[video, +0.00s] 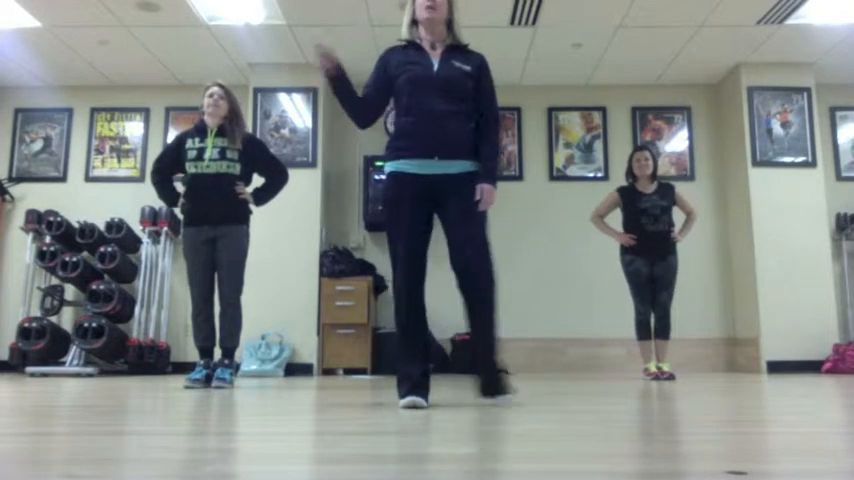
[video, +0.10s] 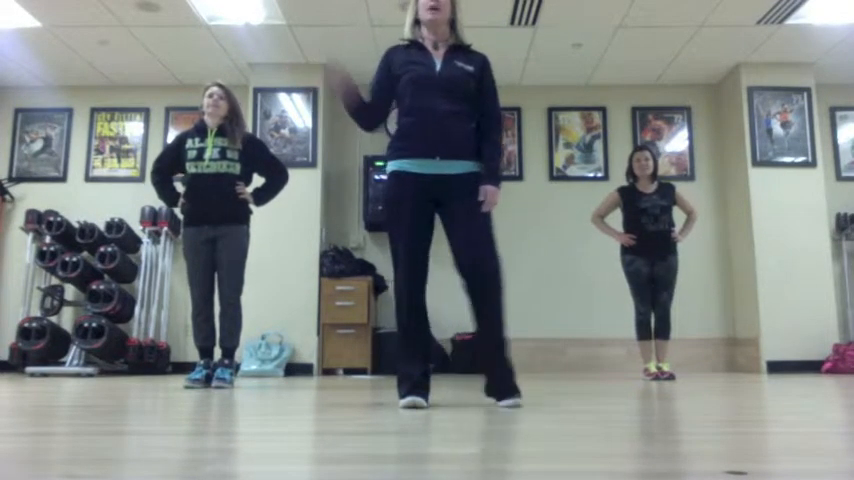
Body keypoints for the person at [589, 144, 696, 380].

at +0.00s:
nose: (642, 164)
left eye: (646, 160)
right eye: (638, 161)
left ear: (654, 163)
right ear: (631, 166)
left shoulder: (667, 191)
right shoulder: (624, 193)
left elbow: (692, 213)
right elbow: (595, 217)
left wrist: (680, 235)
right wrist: (617, 235)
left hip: (665, 253)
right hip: (636, 255)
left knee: (663, 307)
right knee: (642, 309)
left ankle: (662, 362)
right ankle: (648, 363)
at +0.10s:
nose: (642, 164)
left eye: (646, 160)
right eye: (638, 161)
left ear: (654, 163)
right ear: (632, 165)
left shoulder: (668, 190)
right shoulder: (624, 193)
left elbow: (692, 213)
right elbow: (596, 217)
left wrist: (681, 235)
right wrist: (617, 235)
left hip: (665, 253)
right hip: (636, 255)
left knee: (663, 307)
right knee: (643, 309)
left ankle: (662, 362)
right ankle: (648, 363)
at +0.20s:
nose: (643, 164)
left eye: (647, 159)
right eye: (639, 160)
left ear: (655, 163)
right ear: (632, 165)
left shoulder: (668, 190)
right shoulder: (625, 193)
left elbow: (693, 212)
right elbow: (597, 217)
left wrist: (682, 234)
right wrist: (618, 235)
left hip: (666, 253)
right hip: (637, 255)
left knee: (663, 307)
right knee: (643, 309)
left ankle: (662, 362)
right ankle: (648, 363)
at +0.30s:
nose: (644, 163)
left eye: (647, 159)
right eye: (639, 160)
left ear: (655, 162)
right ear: (633, 165)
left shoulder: (669, 190)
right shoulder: (625, 193)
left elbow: (694, 212)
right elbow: (598, 217)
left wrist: (683, 234)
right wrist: (618, 235)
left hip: (666, 253)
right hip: (637, 255)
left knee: (663, 308)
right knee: (644, 309)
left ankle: (662, 362)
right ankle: (649, 364)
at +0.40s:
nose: (644, 163)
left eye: (648, 159)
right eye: (639, 160)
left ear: (656, 162)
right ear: (633, 165)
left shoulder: (669, 190)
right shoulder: (625, 193)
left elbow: (695, 212)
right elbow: (598, 217)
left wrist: (684, 234)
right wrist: (618, 235)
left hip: (667, 253)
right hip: (637, 255)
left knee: (664, 307)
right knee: (644, 308)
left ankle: (662, 362)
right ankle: (649, 363)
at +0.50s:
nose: (644, 163)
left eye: (648, 159)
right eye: (640, 160)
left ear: (656, 163)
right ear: (634, 166)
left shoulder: (670, 190)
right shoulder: (625, 193)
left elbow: (695, 212)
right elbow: (598, 217)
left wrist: (684, 233)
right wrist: (618, 235)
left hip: (667, 253)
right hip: (638, 254)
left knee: (664, 307)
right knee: (644, 308)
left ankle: (662, 362)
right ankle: (649, 363)